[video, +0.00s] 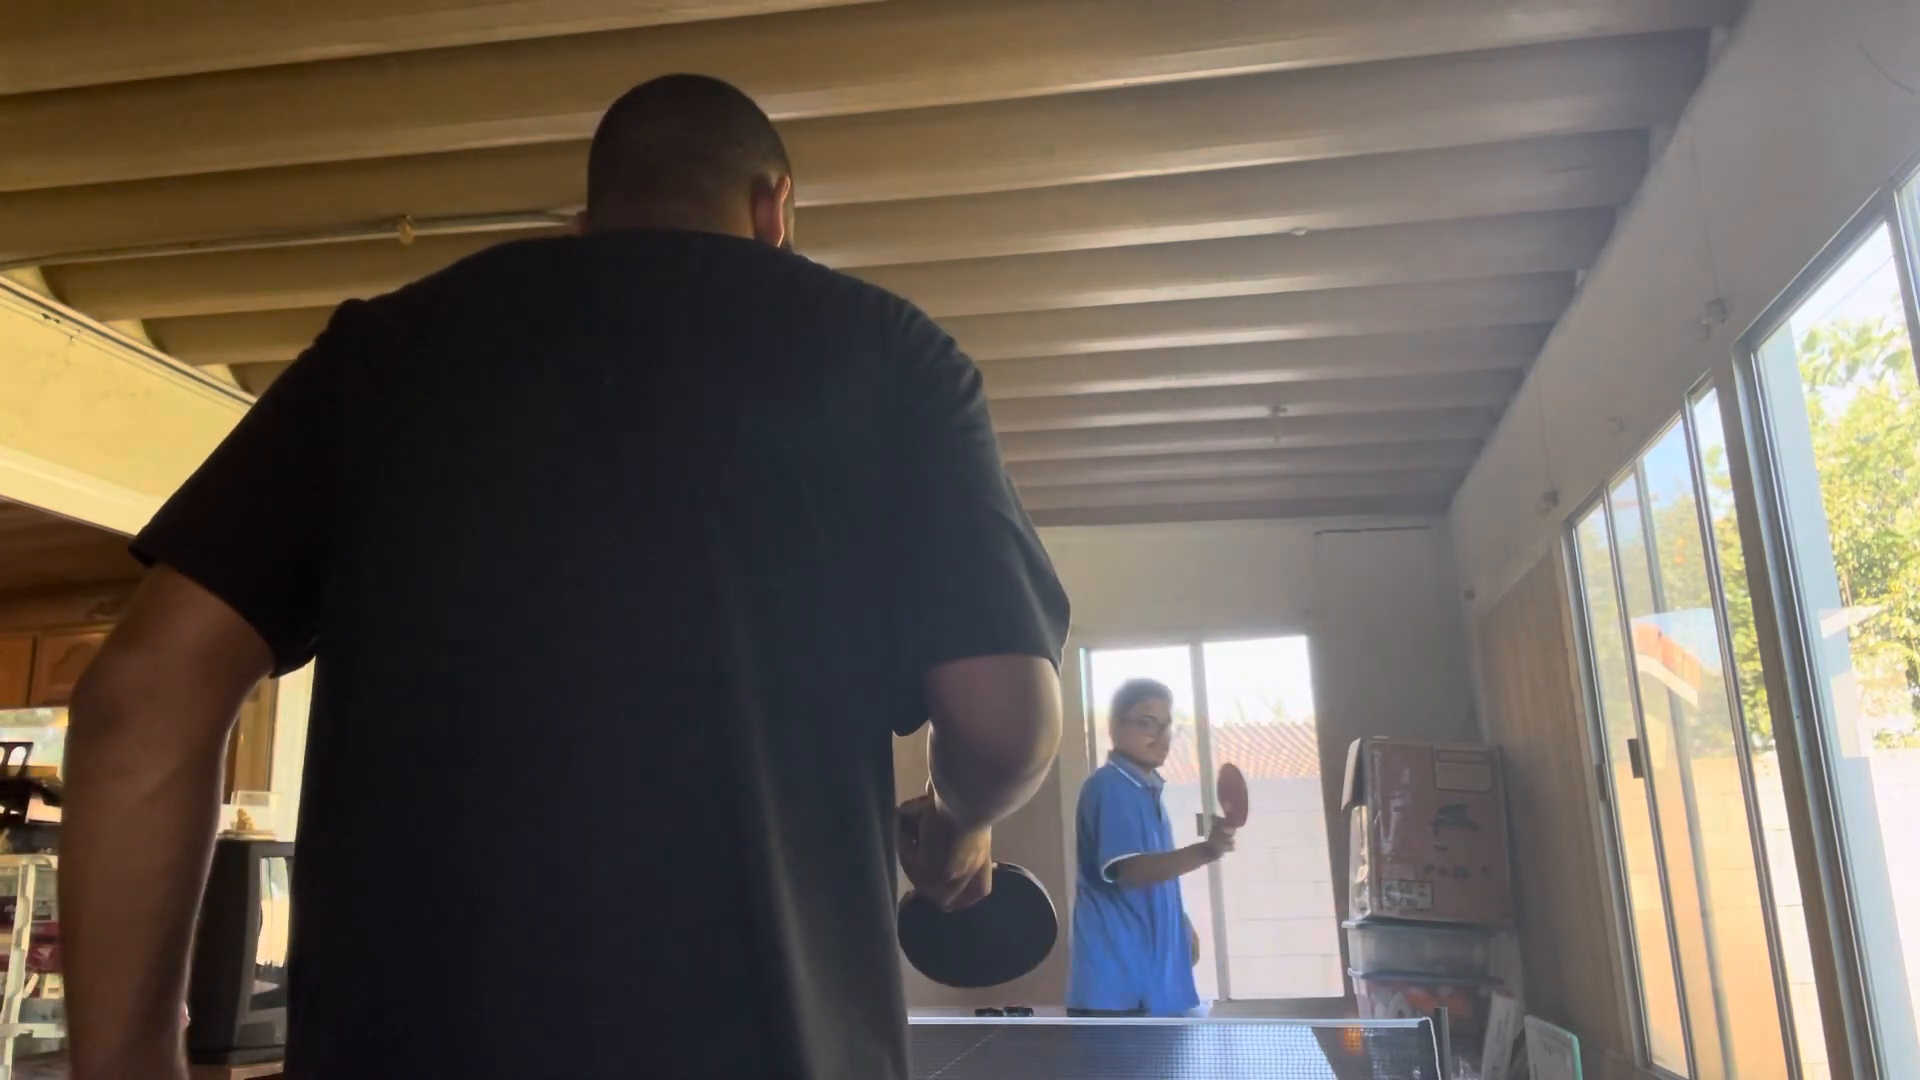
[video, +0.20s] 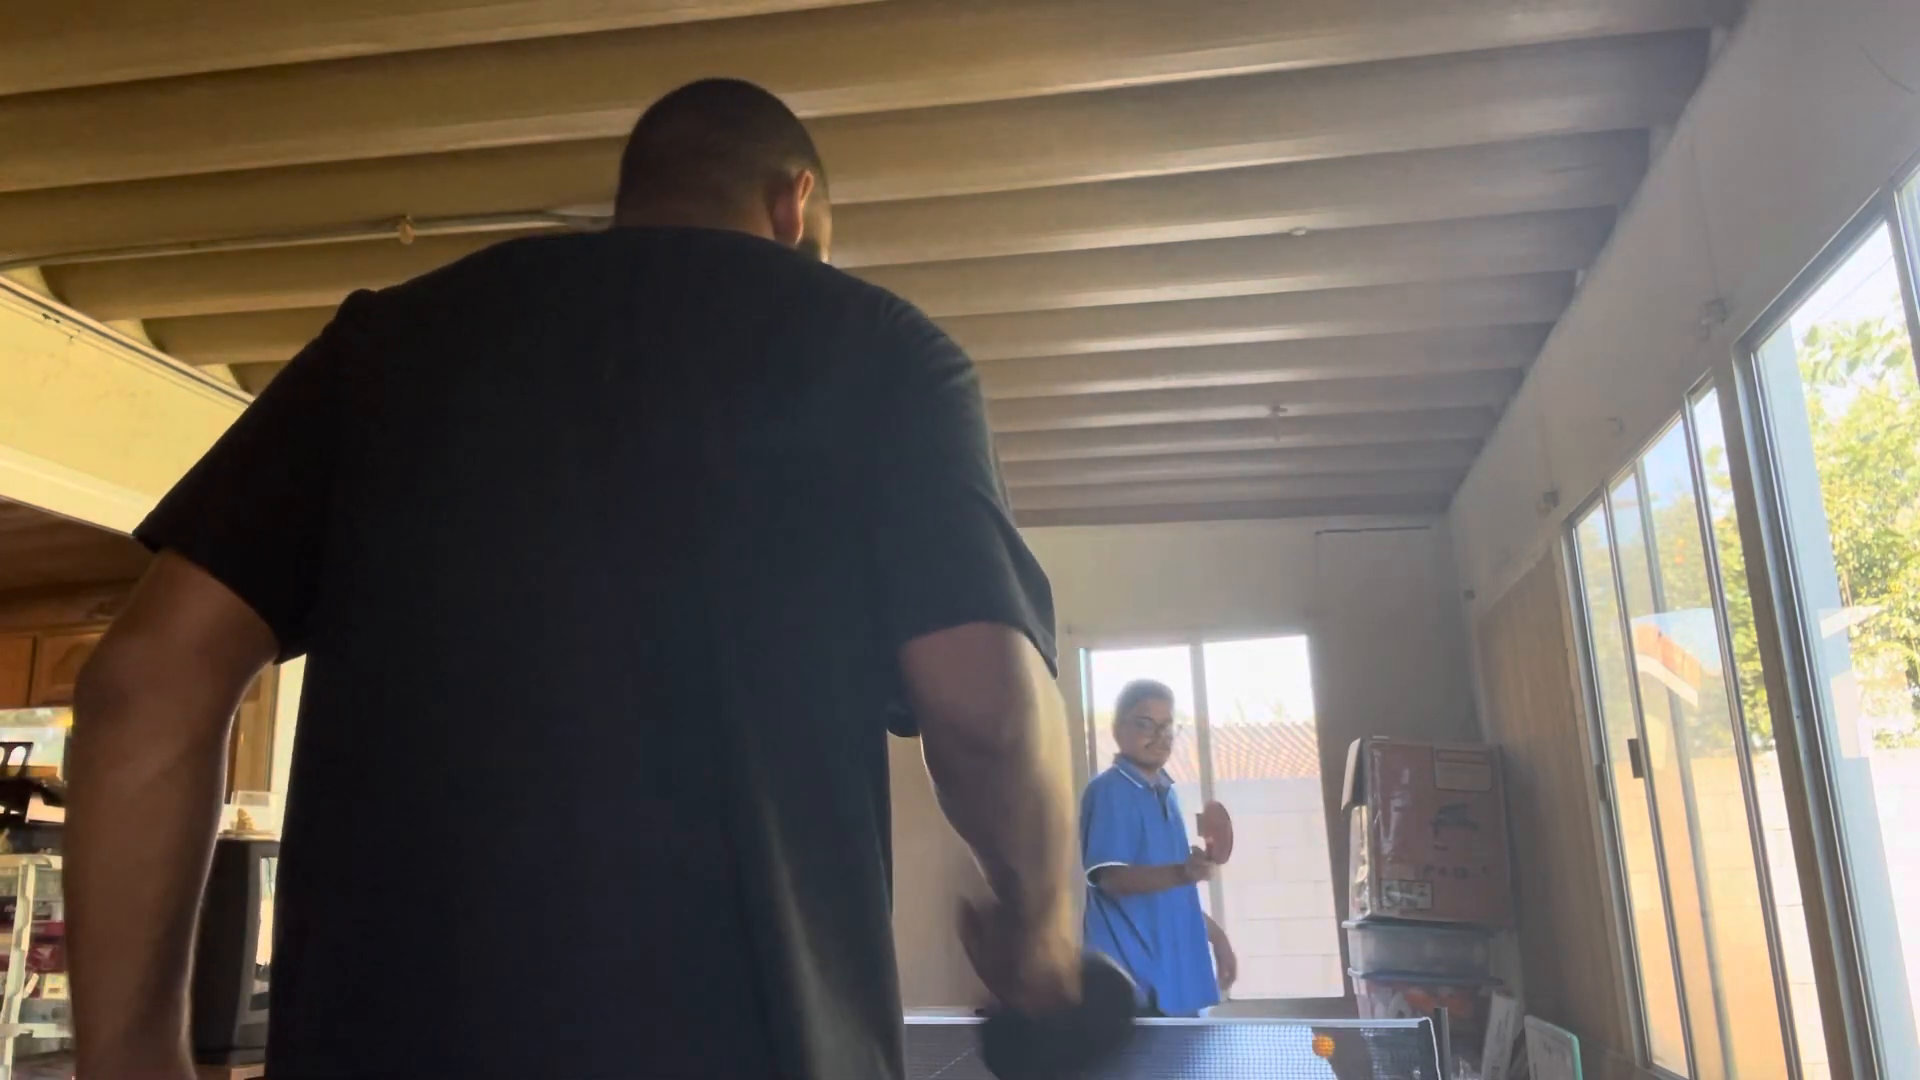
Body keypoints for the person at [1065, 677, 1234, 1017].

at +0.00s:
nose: (1160, 734)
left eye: (1166, 725)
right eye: (1146, 722)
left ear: (1172, 730)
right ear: (1115, 728)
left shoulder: (1146, 791)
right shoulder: (1111, 787)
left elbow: (1151, 877)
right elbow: (1125, 870)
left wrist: (1180, 923)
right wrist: (1204, 851)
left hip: (1158, 985)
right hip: (1118, 987)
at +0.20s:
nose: (1159, 735)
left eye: (1166, 724)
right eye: (1144, 724)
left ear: (1174, 730)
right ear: (1118, 730)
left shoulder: (1163, 792)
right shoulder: (1110, 791)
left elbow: (1167, 894)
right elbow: (1109, 878)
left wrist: (1214, 933)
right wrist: (1182, 873)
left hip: (1179, 986)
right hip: (1133, 993)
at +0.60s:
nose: (1178, 742)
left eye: (1185, 732)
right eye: (1164, 730)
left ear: (1193, 734)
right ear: (1136, 733)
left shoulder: (1181, 797)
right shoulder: (1121, 793)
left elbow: (1189, 889)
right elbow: (1108, 880)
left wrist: (1225, 950)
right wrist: (1191, 913)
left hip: (1196, 989)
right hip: (1150, 996)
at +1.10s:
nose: (1186, 754)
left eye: (1195, 742)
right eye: (1173, 740)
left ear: (1202, 739)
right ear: (1143, 735)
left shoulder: (1185, 797)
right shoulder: (1127, 794)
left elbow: (1186, 891)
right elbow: (1131, 895)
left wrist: (1233, 942)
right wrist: (1205, 947)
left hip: (1188, 993)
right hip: (1146, 994)